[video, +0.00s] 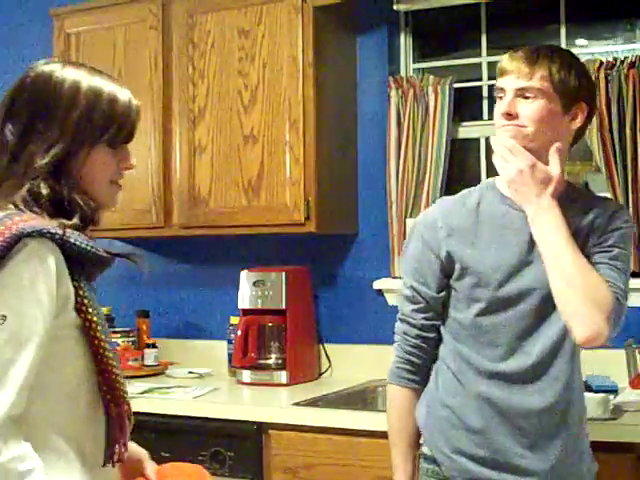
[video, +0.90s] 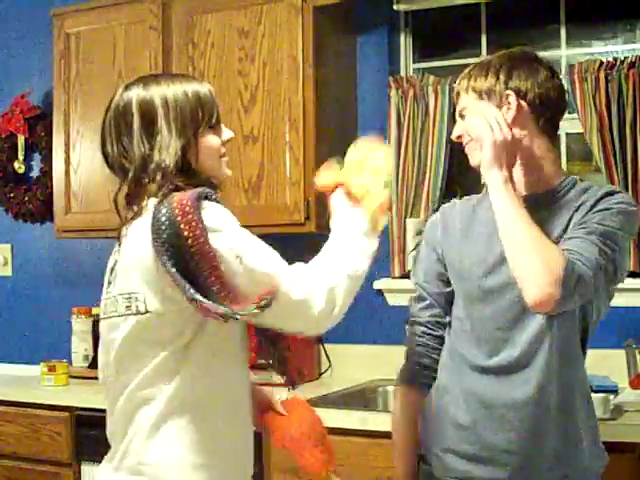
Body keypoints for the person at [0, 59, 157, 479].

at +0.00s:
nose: (129, 161)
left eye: (126, 144)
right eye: (114, 143)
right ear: (60, 145)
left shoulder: (46, 249)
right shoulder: (33, 252)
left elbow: (35, 404)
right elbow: (4, 433)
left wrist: (115, 448)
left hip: (78, 468)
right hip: (54, 469)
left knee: (193, 473)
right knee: (193, 473)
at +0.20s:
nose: (167, 167)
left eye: (164, 151)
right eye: (150, 151)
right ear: (98, 155)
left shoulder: (85, 259)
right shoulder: (63, 265)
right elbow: (13, 432)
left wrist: (161, 434)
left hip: (121, 468)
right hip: (91, 471)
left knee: (244, 467)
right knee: (243, 469)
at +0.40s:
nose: (196, 152)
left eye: (190, 139)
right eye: (179, 142)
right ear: (135, 155)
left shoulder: (134, 259)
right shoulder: (105, 264)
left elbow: (134, 388)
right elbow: (48, 417)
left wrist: (209, 420)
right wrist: (104, 473)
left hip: (160, 467)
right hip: (130, 470)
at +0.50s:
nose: (208, 145)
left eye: (201, 132)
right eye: (191, 134)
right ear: (147, 148)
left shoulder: (151, 251)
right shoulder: (126, 259)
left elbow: (157, 376)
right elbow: (87, 410)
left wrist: (226, 409)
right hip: (120, 469)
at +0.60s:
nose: (214, 142)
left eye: (207, 129)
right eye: (198, 131)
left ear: (157, 147)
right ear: (154, 146)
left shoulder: (133, 240)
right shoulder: (152, 251)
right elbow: (181, 391)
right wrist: (327, 362)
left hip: (131, 467)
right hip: (150, 471)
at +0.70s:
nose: (220, 140)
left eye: (213, 127)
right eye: (204, 128)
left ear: (165, 143)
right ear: (162, 143)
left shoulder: (127, 234)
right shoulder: (185, 233)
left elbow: (152, 369)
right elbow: (292, 324)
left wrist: (241, 392)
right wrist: (402, 234)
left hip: (118, 466)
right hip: (175, 470)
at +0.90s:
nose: (227, 135)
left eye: (219, 123)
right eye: (211, 125)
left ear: (157, 140)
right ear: (174, 139)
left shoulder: (136, 232)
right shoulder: (190, 218)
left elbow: (157, 360)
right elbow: (309, 304)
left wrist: (247, 395)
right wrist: (358, 220)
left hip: (135, 464)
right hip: (191, 467)